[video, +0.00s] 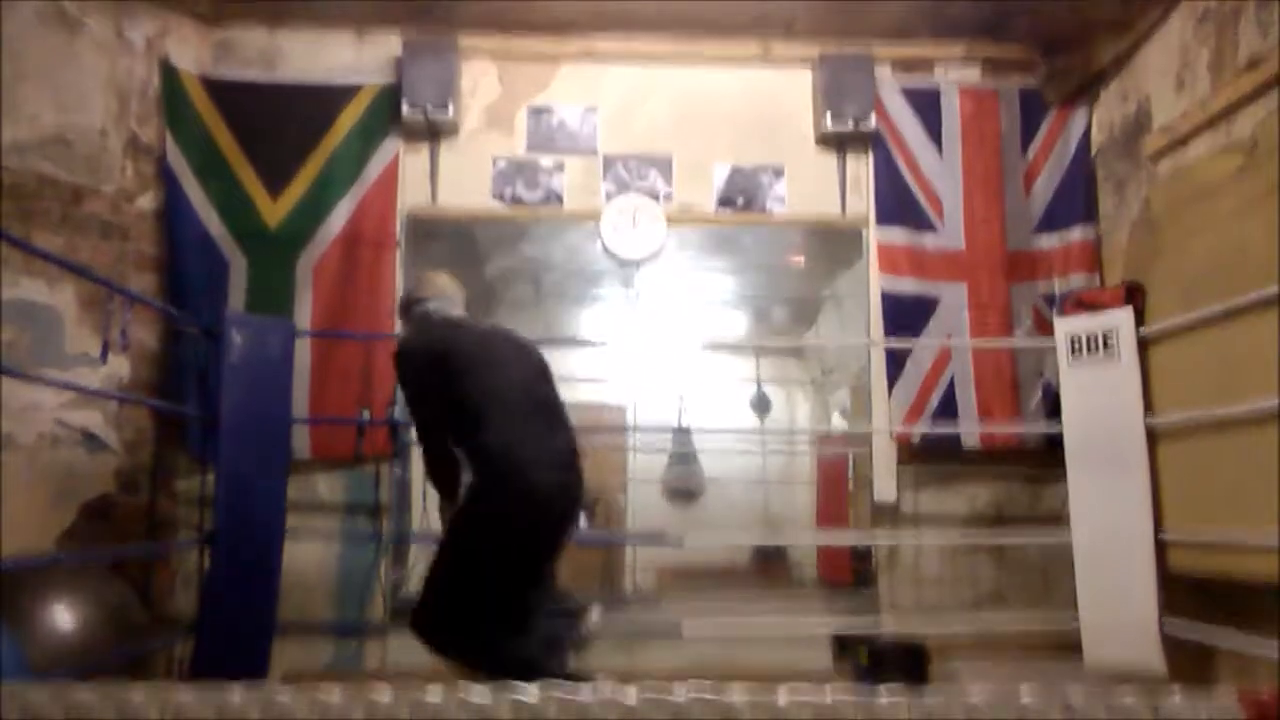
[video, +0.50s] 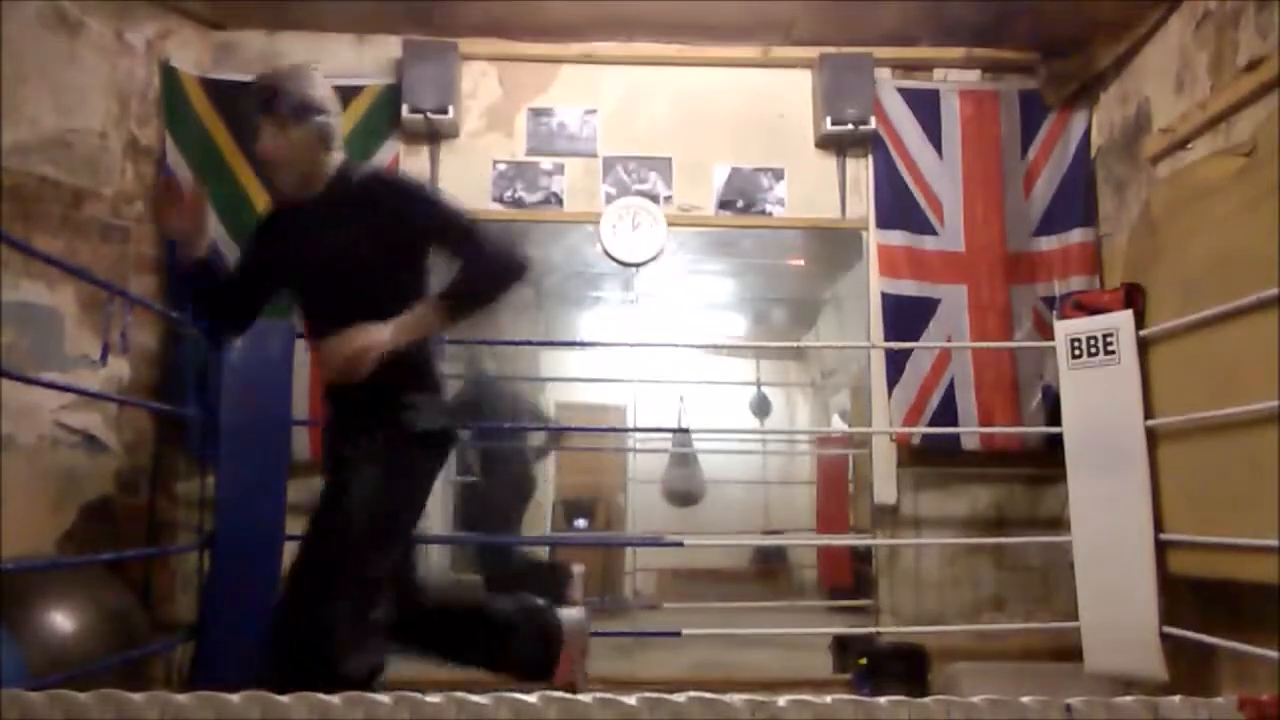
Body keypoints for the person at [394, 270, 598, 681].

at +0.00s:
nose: (406, 329)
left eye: (406, 320)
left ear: (409, 315)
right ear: (459, 309)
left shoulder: (417, 347)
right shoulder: (509, 342)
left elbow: (437, 445)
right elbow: (551, 424)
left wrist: (451, 505)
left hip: (505, 490)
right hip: (562, 487)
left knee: (436, 618)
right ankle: (565, 620)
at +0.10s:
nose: (386, 324)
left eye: (385, 312)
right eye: (383, 314)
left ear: (395, 305)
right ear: (435, 296)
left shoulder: (416, 332)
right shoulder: (487, 337)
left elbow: (453, 418)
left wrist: (444, 491)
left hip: (503, 492)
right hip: (552, 488)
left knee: (403, 612)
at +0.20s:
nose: (354, 271)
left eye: (355, 258)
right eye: (351, 259)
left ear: (377, 250)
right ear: (397, 245)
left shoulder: (426, 285)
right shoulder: (420, 296)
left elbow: (496, 330)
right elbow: (438, 389)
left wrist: (453, 417)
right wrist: (382, 350)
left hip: (498, 465)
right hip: (502, 464)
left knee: (364, 579)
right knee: (486, 600)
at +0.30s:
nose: (327, 197)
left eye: (329, 180)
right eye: (322, 183)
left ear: (361, 174)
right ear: (359, 177)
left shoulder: (415, 209)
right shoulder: (389, 240)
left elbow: (518, 224)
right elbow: (371, 327)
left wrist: (473, 319)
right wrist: (323, 257)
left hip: (465, 421)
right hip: (445, 423)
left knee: (348, 562)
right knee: (504, 575)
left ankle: (393, 703)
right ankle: (528, 698)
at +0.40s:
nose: (300, 154)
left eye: (308, 138)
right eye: (298, 140)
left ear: (348, 133)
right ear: (318, 140)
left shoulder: (403, 176)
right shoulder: (337, 216)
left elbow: (518, 203)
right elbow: (284, 291)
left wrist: (453, 296)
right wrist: (243, 225)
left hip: (439, 399)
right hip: (403, 404)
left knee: (353, 560)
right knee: (454, 551)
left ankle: (330, 702)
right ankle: (560, 656)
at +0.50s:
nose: (261, 147)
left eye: (276, 129)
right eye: (260, 131)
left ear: (319, 132)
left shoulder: (385, 196)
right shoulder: (285, 225)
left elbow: (499, 262)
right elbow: (228, 317)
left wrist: (394, 331)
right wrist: (194, 245)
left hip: (409, 421)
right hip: (351, 425)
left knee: (319, 602)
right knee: (381, 604)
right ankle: (543, 639)